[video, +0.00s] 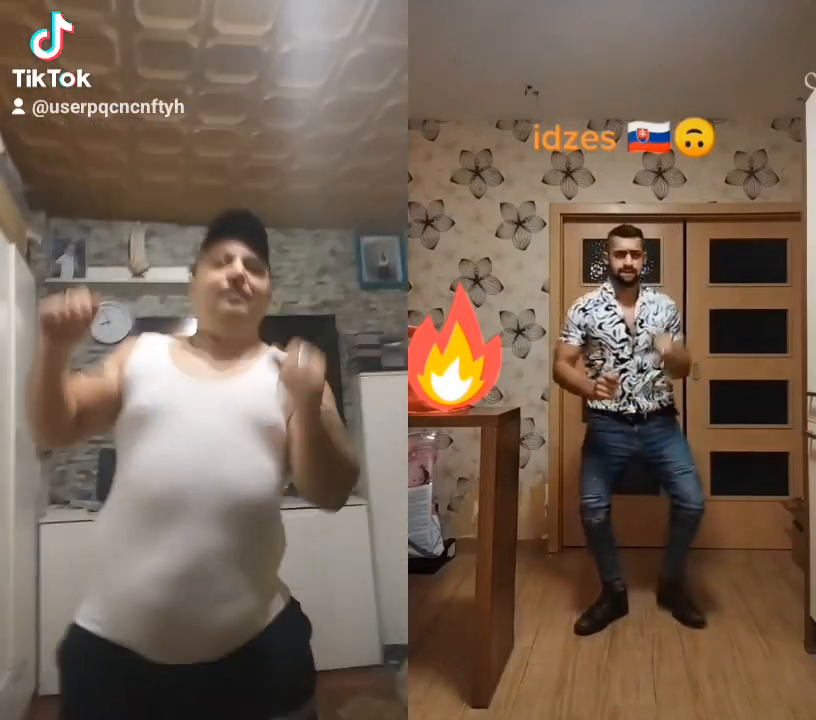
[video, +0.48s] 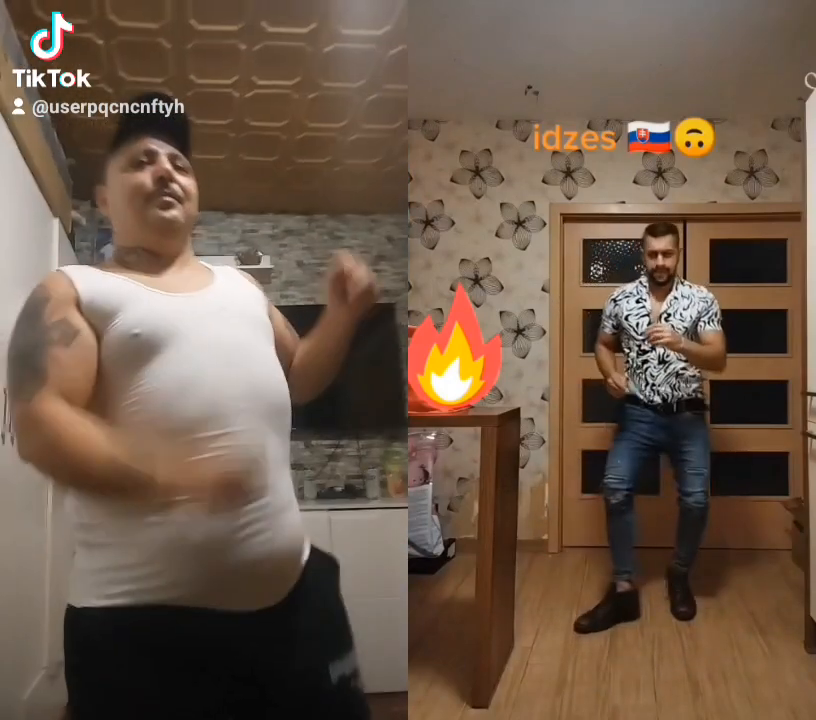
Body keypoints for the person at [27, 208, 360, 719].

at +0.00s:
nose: (237, 273)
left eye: (253, 266)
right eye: (221, 262)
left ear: (269, 293)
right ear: (194, 283)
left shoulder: (292, 376)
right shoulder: (140, 356)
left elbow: (329, 494)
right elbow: (51, 429)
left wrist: (307, 400)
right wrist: (55, 347)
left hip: (250, 650)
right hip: (118, 648)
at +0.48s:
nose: (164, 173)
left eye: (178, 164)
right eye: (139, 161)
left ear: (198, 196)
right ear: (102, 196)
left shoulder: (241, 288)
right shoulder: (72, 291)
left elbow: (298, 380)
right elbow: (42, 421)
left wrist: (343, 313)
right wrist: (164, 475)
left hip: (289, 608)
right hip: (142, 625)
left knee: (330, 711)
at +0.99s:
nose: (157, 68)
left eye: (173, 52)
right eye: (135, 56)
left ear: (201, 72)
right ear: (108, 88)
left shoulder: (253, 151)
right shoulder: (100, 218)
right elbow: (68, 324)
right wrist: (26, 366)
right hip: (161, 472)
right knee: (171, 692)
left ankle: (380, 706)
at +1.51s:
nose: (137, 45)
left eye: (149, 33)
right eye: (119, 37)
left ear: (175, 55)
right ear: (100, 69)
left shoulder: (225, 116)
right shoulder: (97, 159)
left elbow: (297, 180)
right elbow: (61, 260)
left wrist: (280, 211)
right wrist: (84, 193)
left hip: (252, 354)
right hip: (155, 368)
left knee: (296, 485)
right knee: (156, 512)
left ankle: (334, 587)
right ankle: (157, 625)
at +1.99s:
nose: (257, 87)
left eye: (269, 76)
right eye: (242, 79)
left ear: (289, 93)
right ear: (222, 101)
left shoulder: (328, 151)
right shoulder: (207, 185)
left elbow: (373, 226)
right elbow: (181, 261)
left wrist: (311, 177)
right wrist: (175, 295)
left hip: (314, 369)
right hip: (225, 367)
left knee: (326, 487)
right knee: (198, 481)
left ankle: (321, 556)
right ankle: (175, 567)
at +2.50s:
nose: (277, 186)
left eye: (291, 175)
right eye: (264, 176)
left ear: (315, 191)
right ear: (249, 194)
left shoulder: (347, 261)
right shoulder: (220, 262)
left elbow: (389, 346)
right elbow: (171, 333)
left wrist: (350, 339)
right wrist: (158, 304)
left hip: (303, 462)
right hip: (212, 457)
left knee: (314, 587)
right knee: (186, 577)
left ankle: (320, 656)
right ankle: (165, 667)